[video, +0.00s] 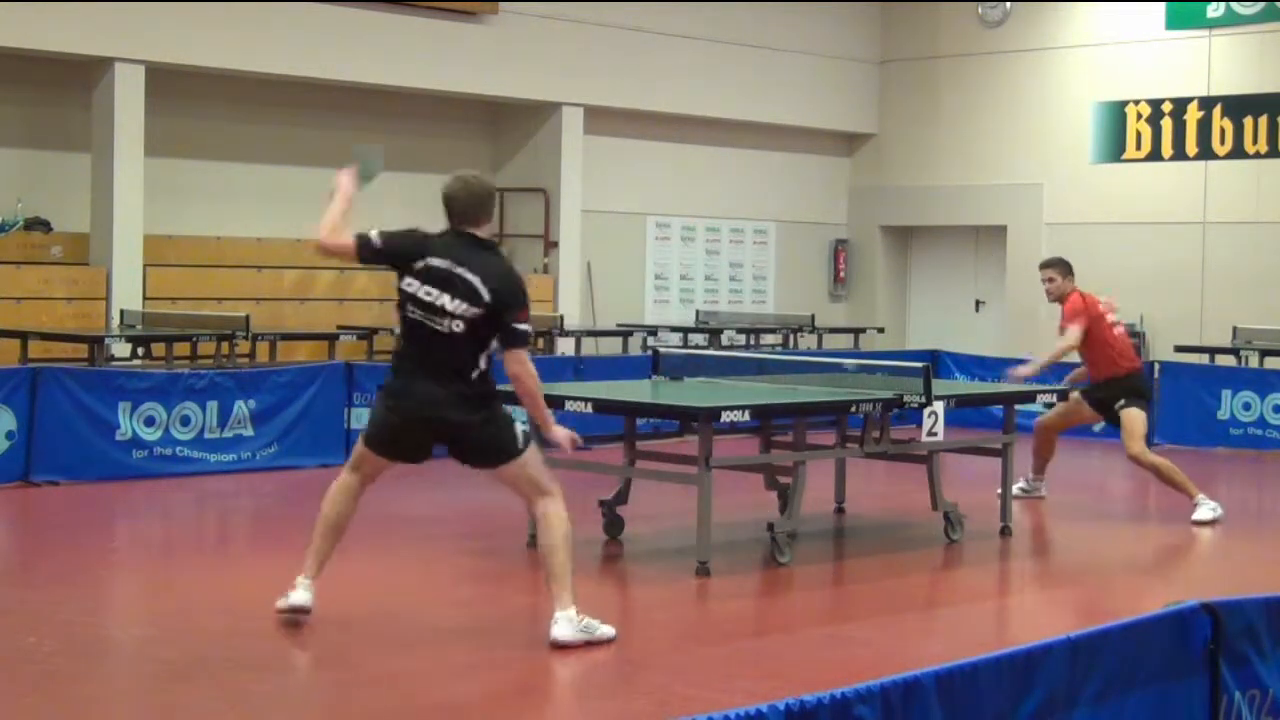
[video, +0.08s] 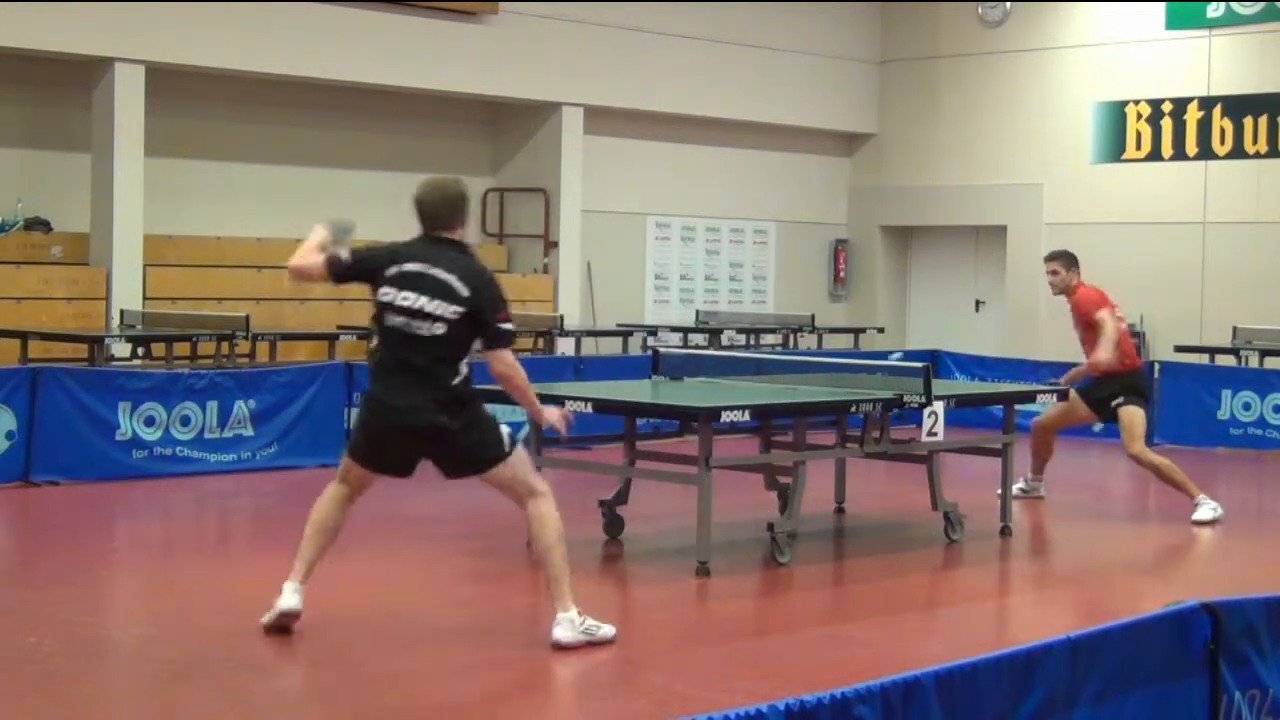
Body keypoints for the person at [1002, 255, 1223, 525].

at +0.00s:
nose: (1046, 288)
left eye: (1050, 281)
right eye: (1044, 282)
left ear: (1068, 280)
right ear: (1050, 283)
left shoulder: (1078, 302)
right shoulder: (1086, 303)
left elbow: (1071, 341)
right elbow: (1103, 356)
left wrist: (1033, 367)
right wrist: (1076, 377)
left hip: (1128, 383)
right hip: (1103, 388)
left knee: (1136, 451)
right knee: (1045, 426)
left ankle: (1202, 502)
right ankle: (1035, 482)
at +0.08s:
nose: (1049, 280)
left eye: (1054, 273)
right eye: (1048, 274)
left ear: (1073, 274)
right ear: (1062, 276)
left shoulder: (1086, 296)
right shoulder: (1080, 300)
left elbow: (1109, 323)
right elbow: (1101, 352)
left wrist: (1104, 351)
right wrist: (1075, 374)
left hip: (1128, 381)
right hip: (1103, 384)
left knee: (1136, 449)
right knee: (1042, 425)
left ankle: (1203, 502)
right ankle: (1034, 482)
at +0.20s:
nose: (1052, 276)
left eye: (1056, 269)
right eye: (1051, 270)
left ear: (1075, 269)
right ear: (1064, 272)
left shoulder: (1101, 293)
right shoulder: (1072, 314)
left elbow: (1142, 311)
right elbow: (1049, 351)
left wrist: (1160, 332)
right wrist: (1005, 358)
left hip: (1129, 382)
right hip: (1099, 386)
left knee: (1137, 447)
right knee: (1039, 422)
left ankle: (1203, 502)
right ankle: (1034, 482)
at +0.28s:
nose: (1051, 277)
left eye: (1056, 272)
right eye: (1051, 272)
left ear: (1076, 272)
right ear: (1065, 274)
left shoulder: (1105, 297)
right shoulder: (1059, 314)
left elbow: (1147, 315)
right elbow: (1022, 331)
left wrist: (1170, 333)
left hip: (1131, 383)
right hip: (1099, 388)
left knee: (1139, 445)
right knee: (1036, 421)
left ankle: (1204, 501)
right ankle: (1033, 482)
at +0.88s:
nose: (1082, 261)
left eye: (1088, 255)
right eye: (1079, 255)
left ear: (1105, 256)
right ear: (1076, 258)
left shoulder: (1127, 288)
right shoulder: (1074, 294)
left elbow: (1165, 327)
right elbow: (1045, 329)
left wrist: (1140, 348)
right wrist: (1022, 320)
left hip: (1140, 377)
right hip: (1105, 379)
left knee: (1154, 432)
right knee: (1045, 422)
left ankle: (1209, 500)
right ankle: (1034, 482)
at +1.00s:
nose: (1075, 254)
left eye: (1081, 248)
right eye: (1071, 249)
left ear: (1097, 250)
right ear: (1069, 253)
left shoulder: (1120, 281)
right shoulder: (1070, 288)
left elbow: (1155, 318)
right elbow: (1046, 326)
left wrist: (1106, 324)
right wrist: (1025, 321)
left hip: (1135, 370)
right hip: (1101, 372)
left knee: (1153, 431)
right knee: (1042, 418)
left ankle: (1207, 500)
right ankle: (1033, 481)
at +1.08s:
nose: (1065, 253)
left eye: (1071, 247)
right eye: (1061, 248)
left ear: (1087, 248)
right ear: (1059, 252)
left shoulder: (1112, 277)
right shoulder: (1063, 286)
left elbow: (1137, 318)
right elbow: (1043, 326)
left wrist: (1090, 326)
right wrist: (1024, 322)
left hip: (1133, 363)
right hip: (1099, 365)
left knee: (1146, 422)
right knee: (1042, 408)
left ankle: (1197, 494)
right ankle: (1028, 478)